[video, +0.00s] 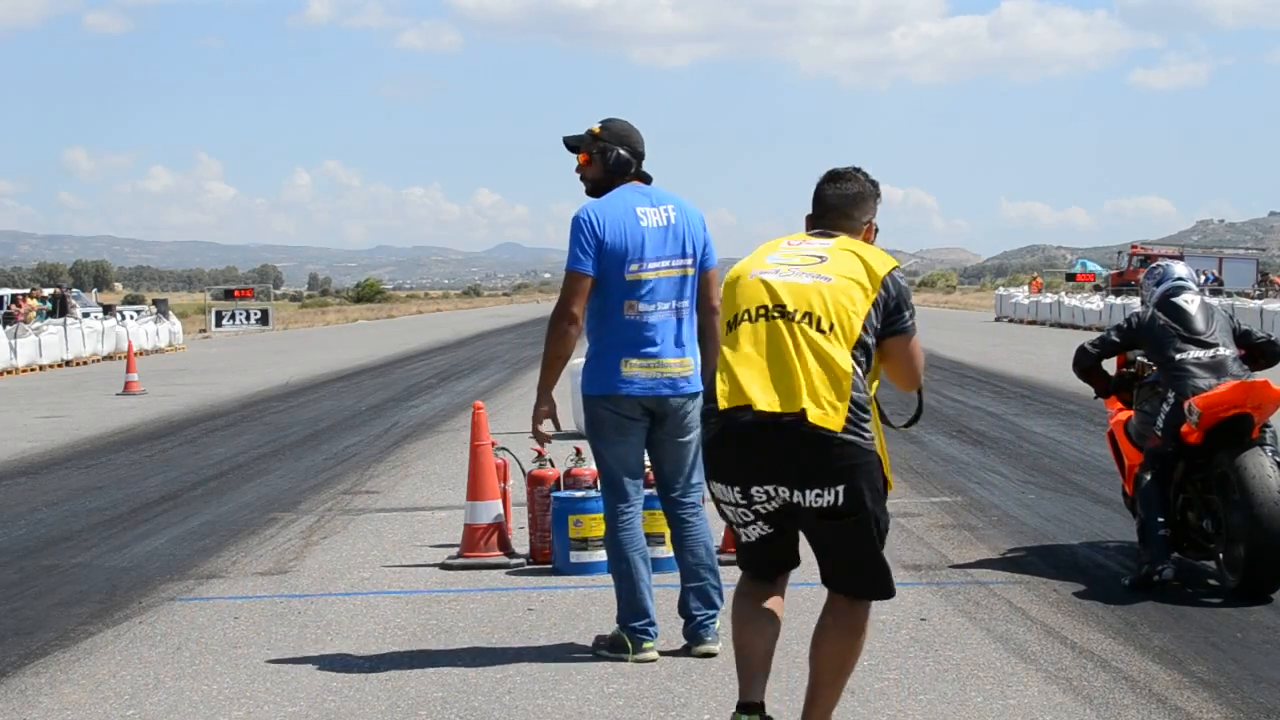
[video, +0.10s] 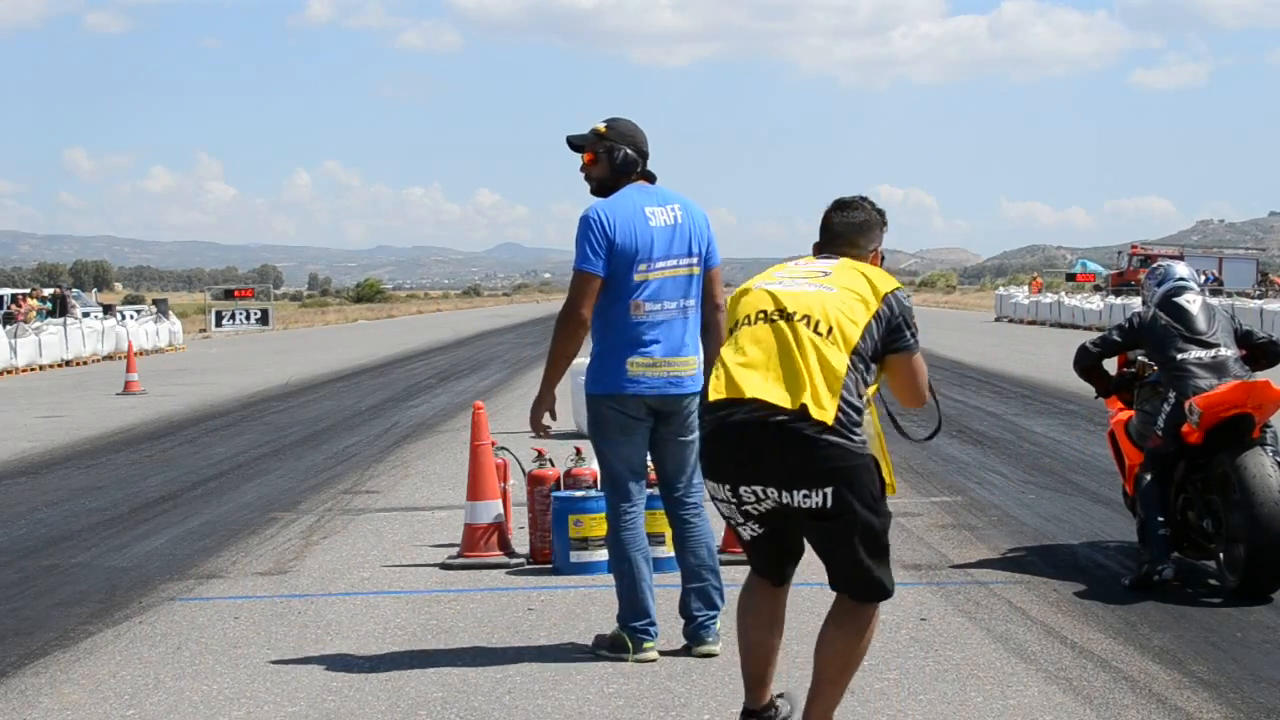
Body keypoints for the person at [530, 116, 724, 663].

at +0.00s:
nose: (578, 169)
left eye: (585, 159)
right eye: (579, 159)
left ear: (610, 161)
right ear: (635, 163)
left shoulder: (594, 218)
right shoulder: (690, 215)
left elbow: (570, 317)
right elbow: (711, 308)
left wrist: (545, 391)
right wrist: (709, 379)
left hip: (614, 386)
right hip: (682, 382)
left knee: (623, 508)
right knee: (688, 500)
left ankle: (638, 633)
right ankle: (704, 626)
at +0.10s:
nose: (583, 167)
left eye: (591, 157)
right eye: (584, 157)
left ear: (620, 160)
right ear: (639, 163)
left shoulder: (602, 217)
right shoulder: (692, 213)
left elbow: (579, 313)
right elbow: (714, 305)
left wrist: (548, 384)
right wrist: (707, 373)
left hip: (619, 384)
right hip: (685, 380)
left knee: (625, 505)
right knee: (688, 498)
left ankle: (638, 631)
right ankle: (704, 626)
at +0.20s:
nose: (588, 166)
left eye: (597, 156)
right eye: (589, 157)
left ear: (628, 160)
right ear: (643, 163)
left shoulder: (610, 216)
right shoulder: (696, 214)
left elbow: (587, 314)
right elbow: (718, 305)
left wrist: (556, 382)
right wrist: (712, 371)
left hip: (624, 384)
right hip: (687, 380)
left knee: (628, 505)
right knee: (687, 495)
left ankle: (639, 631)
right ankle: (705, 624)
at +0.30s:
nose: (594, 168)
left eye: (602, 158)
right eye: (594, 158)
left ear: (632, 160)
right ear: (648, 162)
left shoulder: (616, 215)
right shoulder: (700, 213)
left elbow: (596, 313)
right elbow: (720, 306)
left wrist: (568, 381)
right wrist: (707, 367)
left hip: (629, 384)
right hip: (693, 381)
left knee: (631, 509)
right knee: (691, 505)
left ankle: (639, 632)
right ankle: (705, 627)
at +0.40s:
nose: (599, 167)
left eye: (607, 158)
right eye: (599, 158)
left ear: (636, 160)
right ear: (653, 162)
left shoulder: (621, 215)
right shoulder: (704, 214)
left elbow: (604, 315)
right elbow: (721, 305)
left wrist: (578, 385)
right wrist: (699, 361)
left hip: (632, 383)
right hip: (696, 381)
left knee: (633, 508)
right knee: (694, 505)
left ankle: (639, 631)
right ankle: (706, 627)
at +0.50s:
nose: (603, 167)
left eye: (610, 158)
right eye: (603, 157)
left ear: (640, 160)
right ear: (656, 162)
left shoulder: (625, 215)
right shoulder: (708, 214)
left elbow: (610, 314)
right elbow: (724, 307)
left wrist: (588, 391)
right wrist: (700, 359)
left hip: (636, 383)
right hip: (697, 381)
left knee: (634, 507)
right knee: (698, 503)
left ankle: (639, 630)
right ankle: (706, 627)